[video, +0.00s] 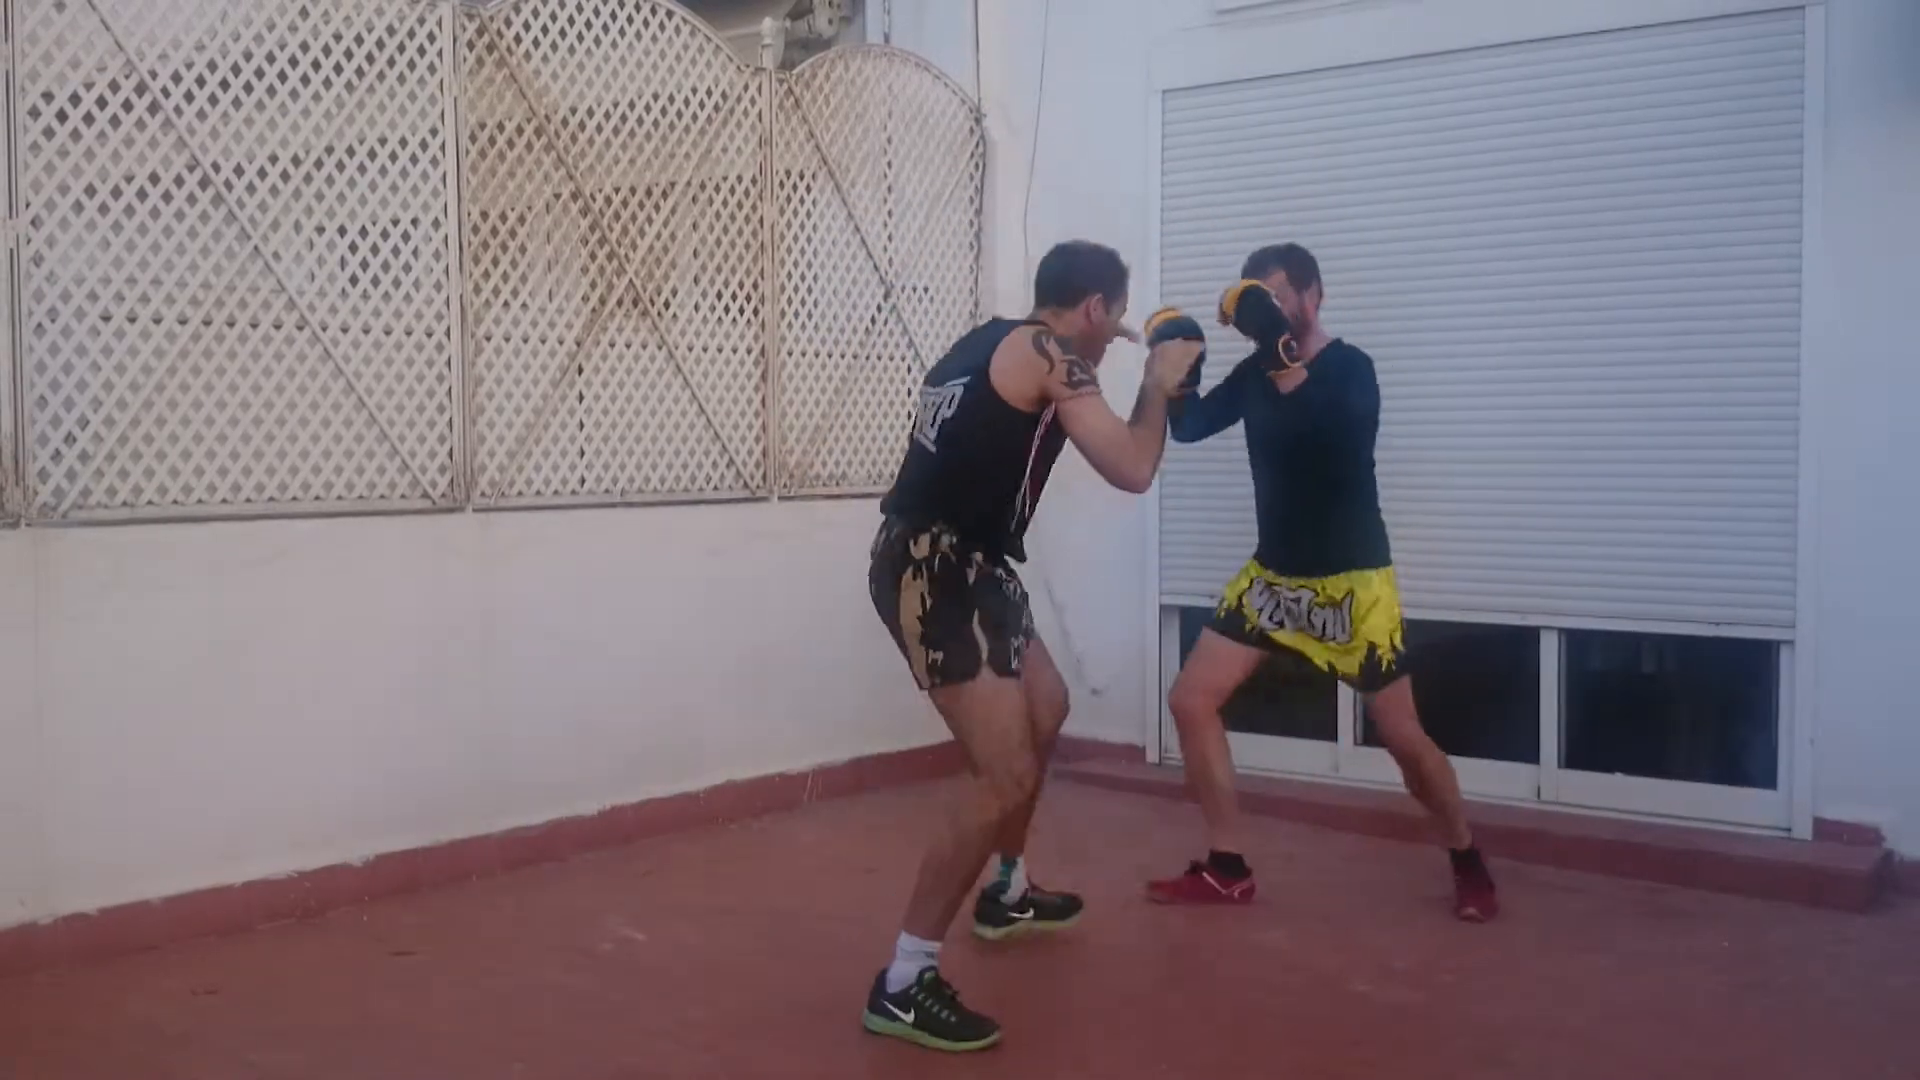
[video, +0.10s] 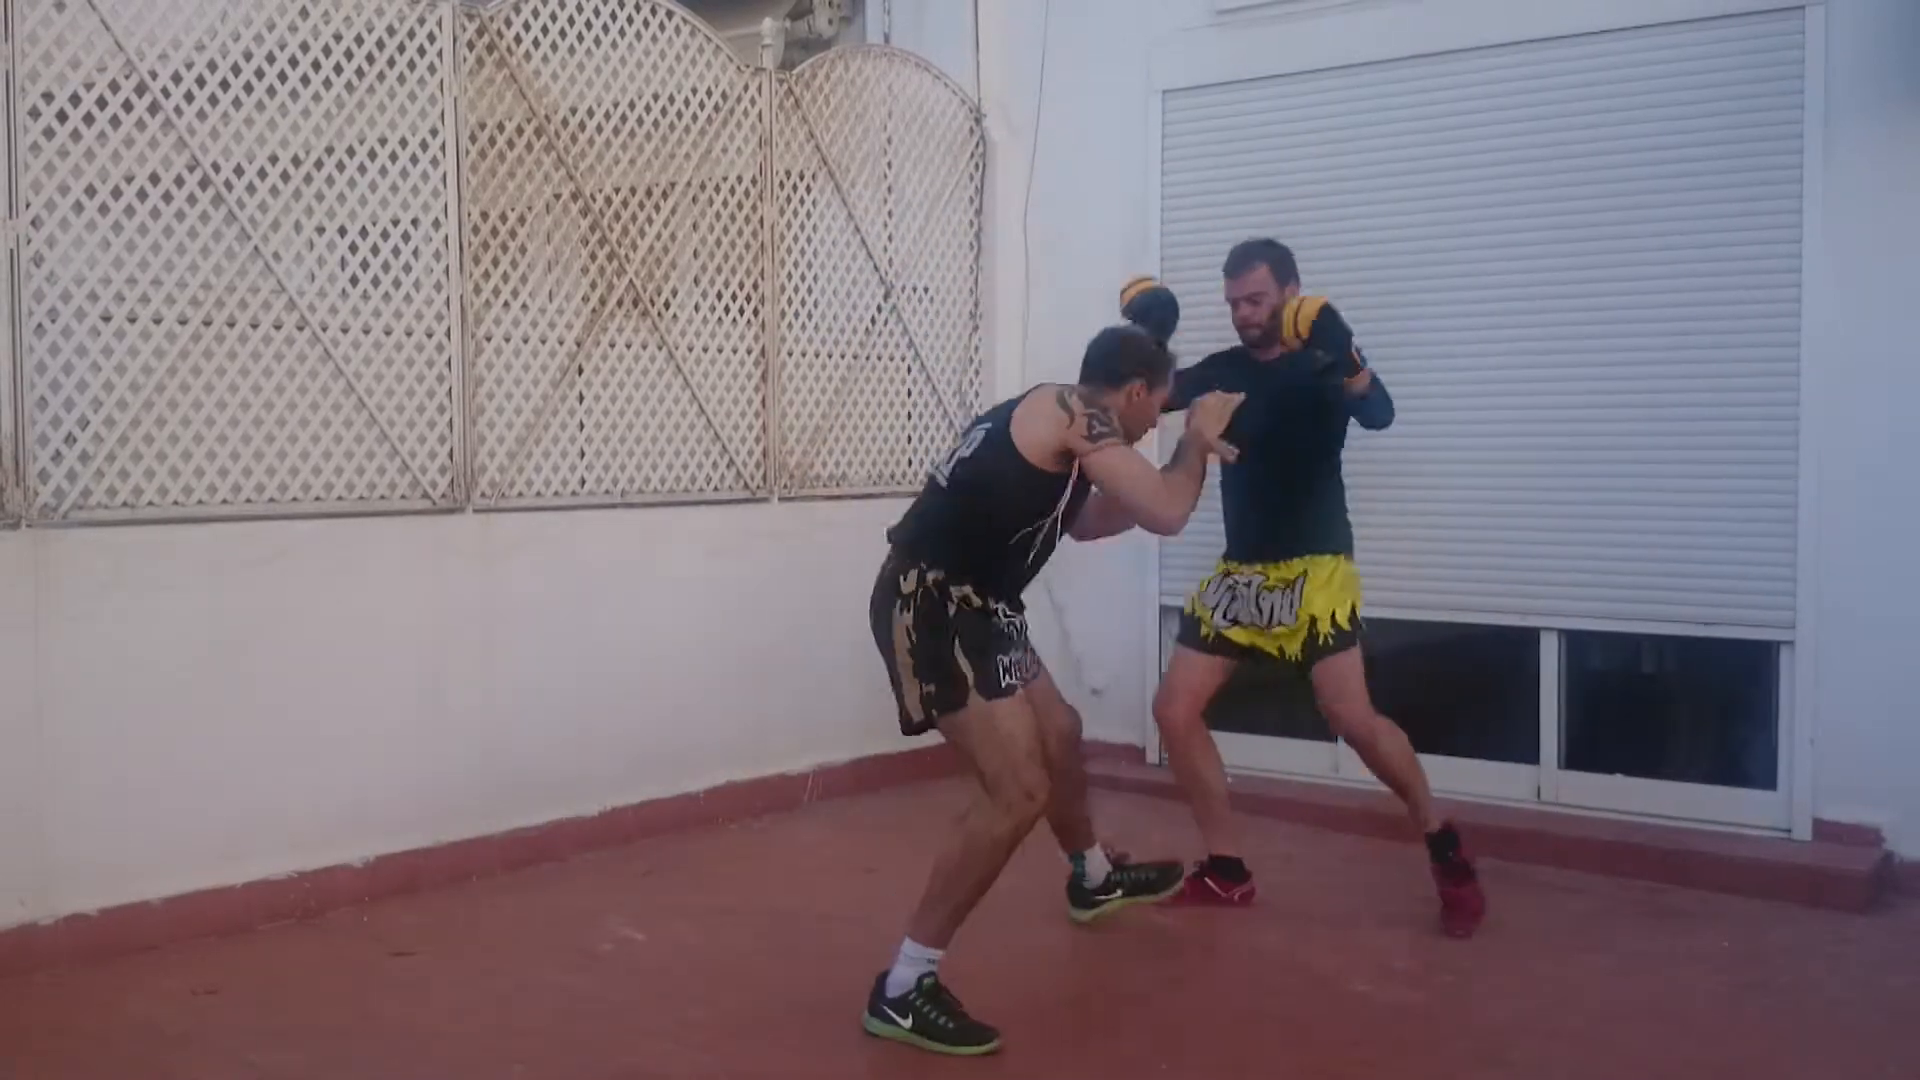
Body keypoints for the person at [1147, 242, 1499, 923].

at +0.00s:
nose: (1263, 312)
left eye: (1272, 297)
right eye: (1255, 302)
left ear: (1312, 297)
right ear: (1250, 310)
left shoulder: (1350, 367)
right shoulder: (1255, 372)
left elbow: (1350, 439)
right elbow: (1187, 425)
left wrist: (1285, 366)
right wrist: (1177, 361)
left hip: (1355, 576)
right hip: (1273, 571)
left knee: (1404, 739)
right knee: (1191, 701)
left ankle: (1467, 859)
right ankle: (1226, 864)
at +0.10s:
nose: (1245, 314)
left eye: (1256, 300)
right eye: (1235, 304)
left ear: (1290, 294)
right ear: (1226, 305)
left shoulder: (1324, 356)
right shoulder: (1220, 371)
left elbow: (1378, 416)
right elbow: (1144, 401)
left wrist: (1346, 362)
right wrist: (1143, 336)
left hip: (1317, 566)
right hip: (1241, 568)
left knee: (1350, 717)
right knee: (1175, 711)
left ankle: (1439, 839)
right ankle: (1225, 867)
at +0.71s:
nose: (1197, 295)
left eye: (1208, 286)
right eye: (1199, 285)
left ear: (1236, 304)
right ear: (1220, 311)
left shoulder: (1307, 371)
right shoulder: (1199, 372)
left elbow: (1389, 418)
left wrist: (1384, 342)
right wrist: (1165, 308)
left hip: (1270, 550)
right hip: (1199, 554)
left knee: (1246, 712)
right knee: (1168, 727)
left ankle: (1253, 901)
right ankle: (1226, 860)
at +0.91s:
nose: (1256, 317)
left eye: (1265, 304)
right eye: (1246, 307)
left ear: (1286, 302)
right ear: (1231, 310)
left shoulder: (1341, 373)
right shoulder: (1229, 370)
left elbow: (1409, 448)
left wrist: (1406, 380)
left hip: (1288, 556)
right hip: (1220, 554)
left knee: (1256, 718)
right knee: (1177, 726)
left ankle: (1257, 907)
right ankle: (1228, 861)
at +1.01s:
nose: (1261, 309)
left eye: (1272, 292)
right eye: (1252, 297)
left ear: (1304, 288)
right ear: (1246, 305)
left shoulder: (1358, 362)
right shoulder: (1245, 366)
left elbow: (1424, 448)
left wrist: (1418, 388)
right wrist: (1205, 299)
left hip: (1310, 551)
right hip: (1241, 549)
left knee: (1285, 718)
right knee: (1189, 714)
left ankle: (1292, 902)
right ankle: (1227, 864)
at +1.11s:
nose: (1277, 309)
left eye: (1287, 295)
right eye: (1270, 298)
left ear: (1329, 286)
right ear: (1266, 300)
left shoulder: (1380, 360)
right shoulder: (1262, 361)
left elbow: (1446, 450)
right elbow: (1183, 393)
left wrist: (1424, 398)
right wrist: (1141, 338)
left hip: (1337, 557)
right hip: (1267, 556)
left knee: (1316, 722)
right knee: (1198, 711)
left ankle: (1370, 903)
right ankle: (1227, 866)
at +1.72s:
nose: (1548, 298)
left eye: (1555, 280)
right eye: (1543, 283)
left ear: (1604, 264)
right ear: (1600, 272)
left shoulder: (1666, 334)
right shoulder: (1610, 347)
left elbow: (1640, 433)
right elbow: (1537, 440)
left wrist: (1561, 404)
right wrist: (1492, 387)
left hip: (1643, 567)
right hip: (1644, 564)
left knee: (1554, 735)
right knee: (1651, 748)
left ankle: (1571, 916)